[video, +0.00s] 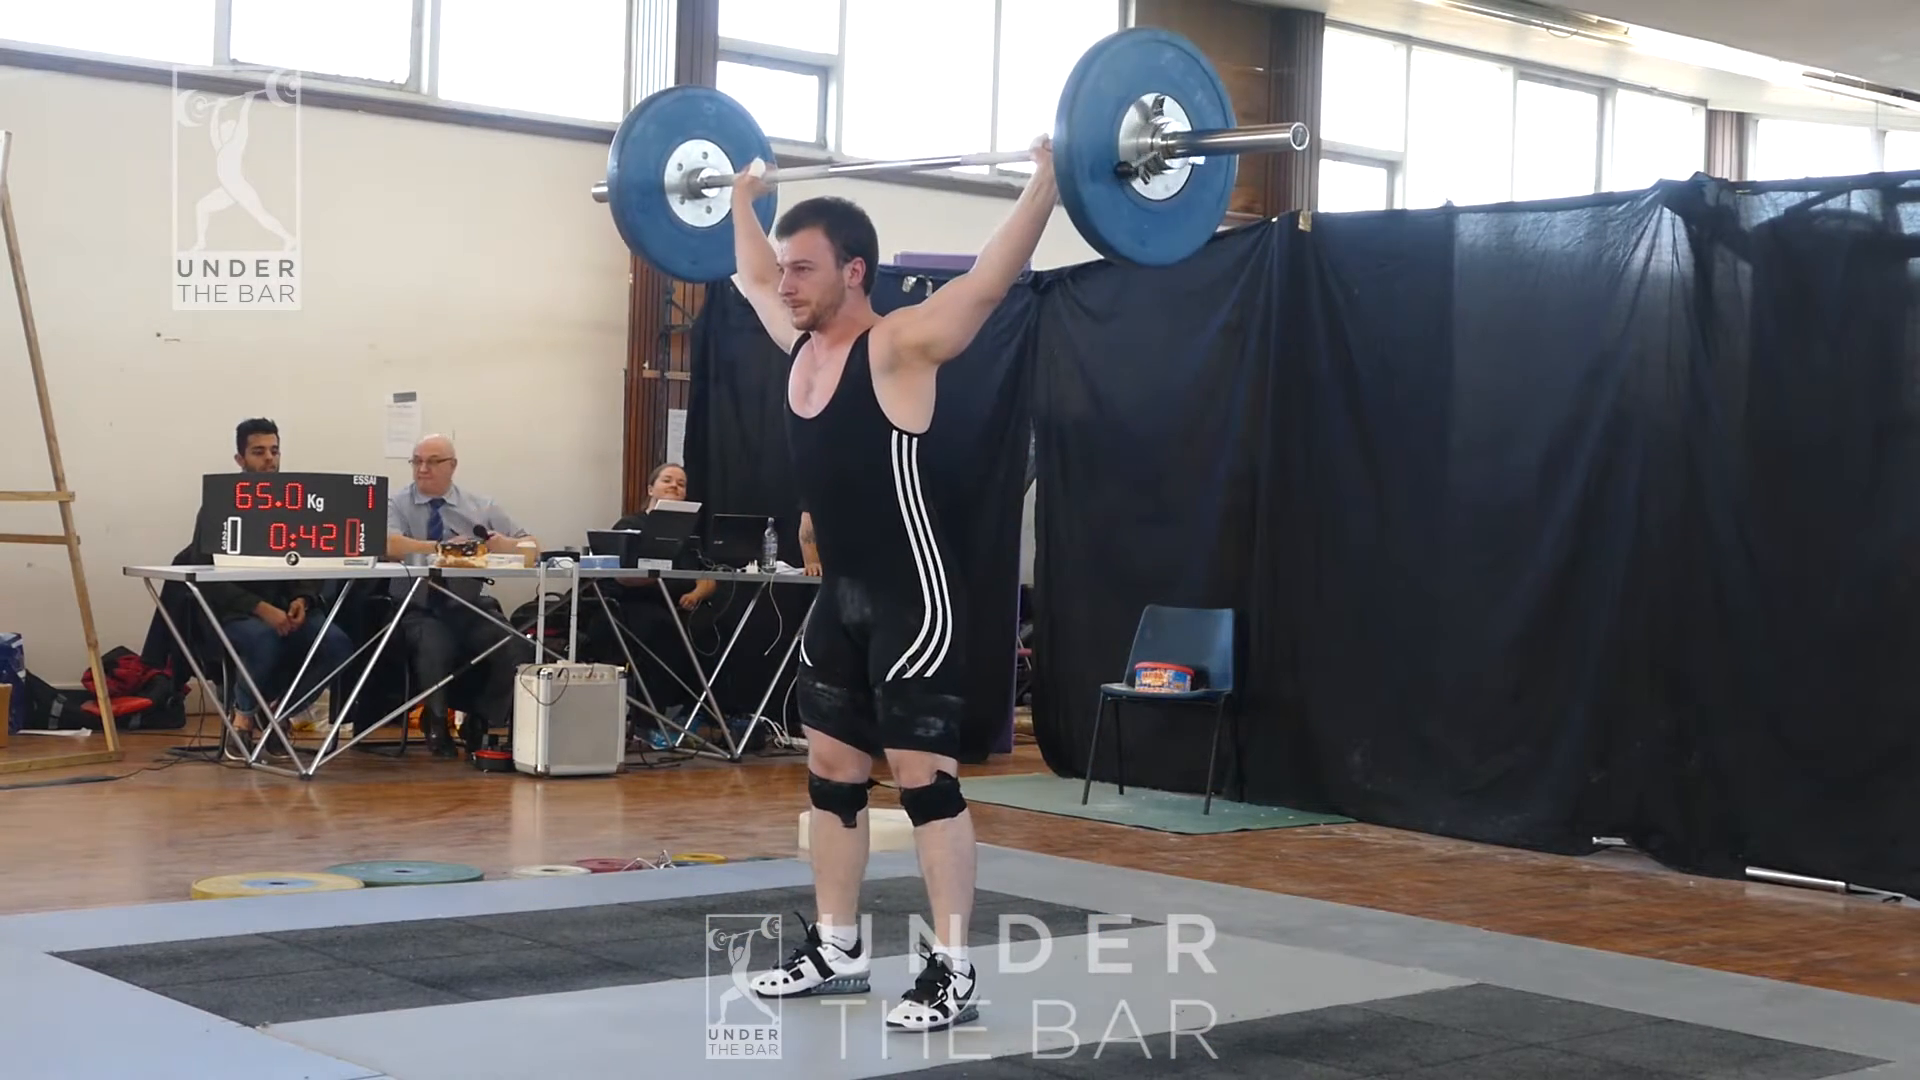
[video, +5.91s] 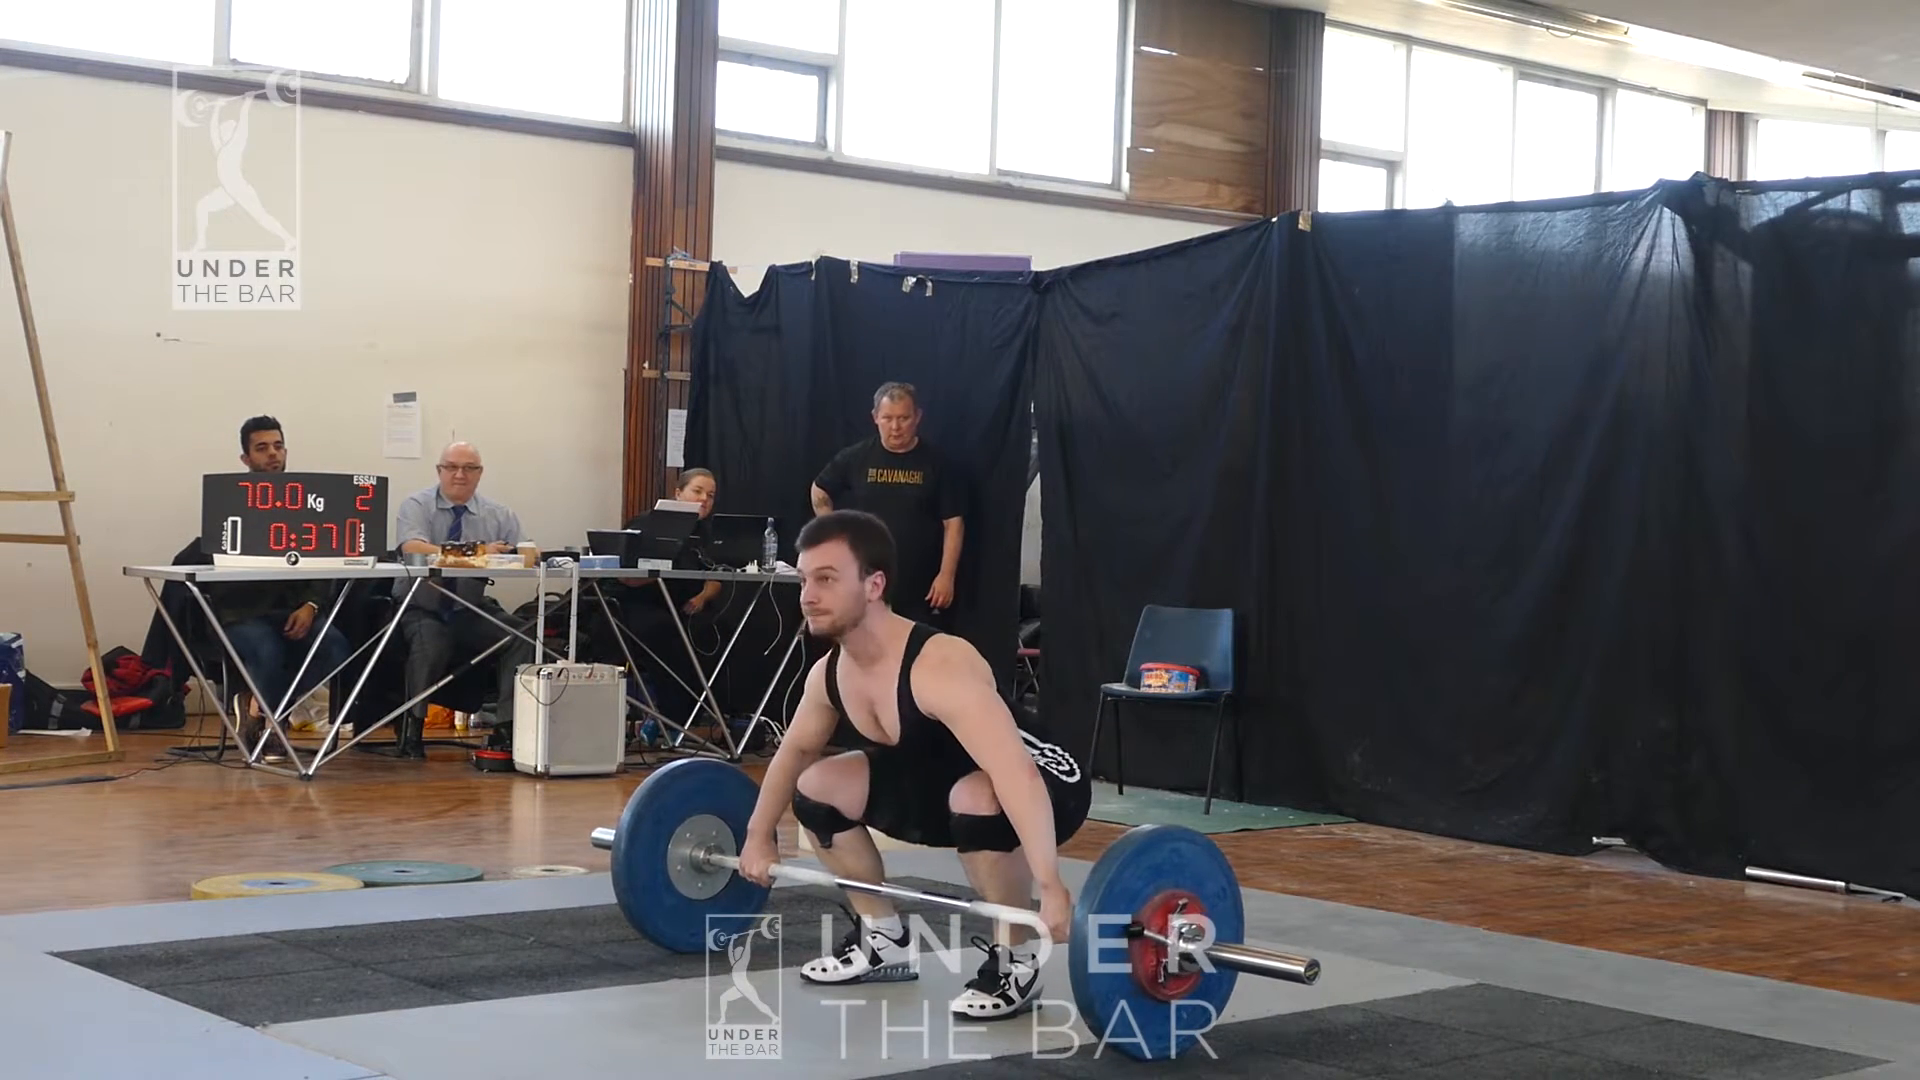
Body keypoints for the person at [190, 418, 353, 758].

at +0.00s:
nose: (270, 458)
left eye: (275, 451)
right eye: (259, 452)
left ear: (280, 454)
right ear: (241, 459)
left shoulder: (293, 498)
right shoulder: (221, 504)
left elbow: (312, 556)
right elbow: (205, 575)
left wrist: (303, 598)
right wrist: (261, 608)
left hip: (287, 606)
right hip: (237, 608)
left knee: (336, 644)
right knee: (264, 641)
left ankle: (277, 716)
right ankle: (242, 718)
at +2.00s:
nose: (275, 466)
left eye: (280, 458)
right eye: (265, 459)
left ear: (286, 458)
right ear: (246, 460)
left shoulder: (298, 499)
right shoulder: (224, 502)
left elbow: (319, 557)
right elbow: (201, 567)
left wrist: (305, 598)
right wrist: (243, 596)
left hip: (287, 607)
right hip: (237, 609)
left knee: (336, 645)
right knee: (263, 643)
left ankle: (278, 719)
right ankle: (242, 719)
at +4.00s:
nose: (272, 454)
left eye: (277, 446)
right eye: (261, 447)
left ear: (284, 451)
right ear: (244, 457)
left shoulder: (302, 497)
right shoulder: (233, 499)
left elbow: (328, 558)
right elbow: (214, 555)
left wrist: (312, 604)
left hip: (293, 608)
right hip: (244, 609)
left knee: (333, 648)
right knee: (267, 649)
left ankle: (255, 707)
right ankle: (273, 730)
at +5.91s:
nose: (273, 454)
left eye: (278, 446)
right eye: (262, 448)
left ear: (286, 451)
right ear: (246, 458)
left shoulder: (303, 497)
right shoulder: (234, 499)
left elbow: (327, 557)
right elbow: (221, 559)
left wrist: (312, 605)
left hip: (294, 607)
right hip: (245, 609)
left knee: (335, 648)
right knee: (268, 651)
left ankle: (257, 707)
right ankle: (272, 732)